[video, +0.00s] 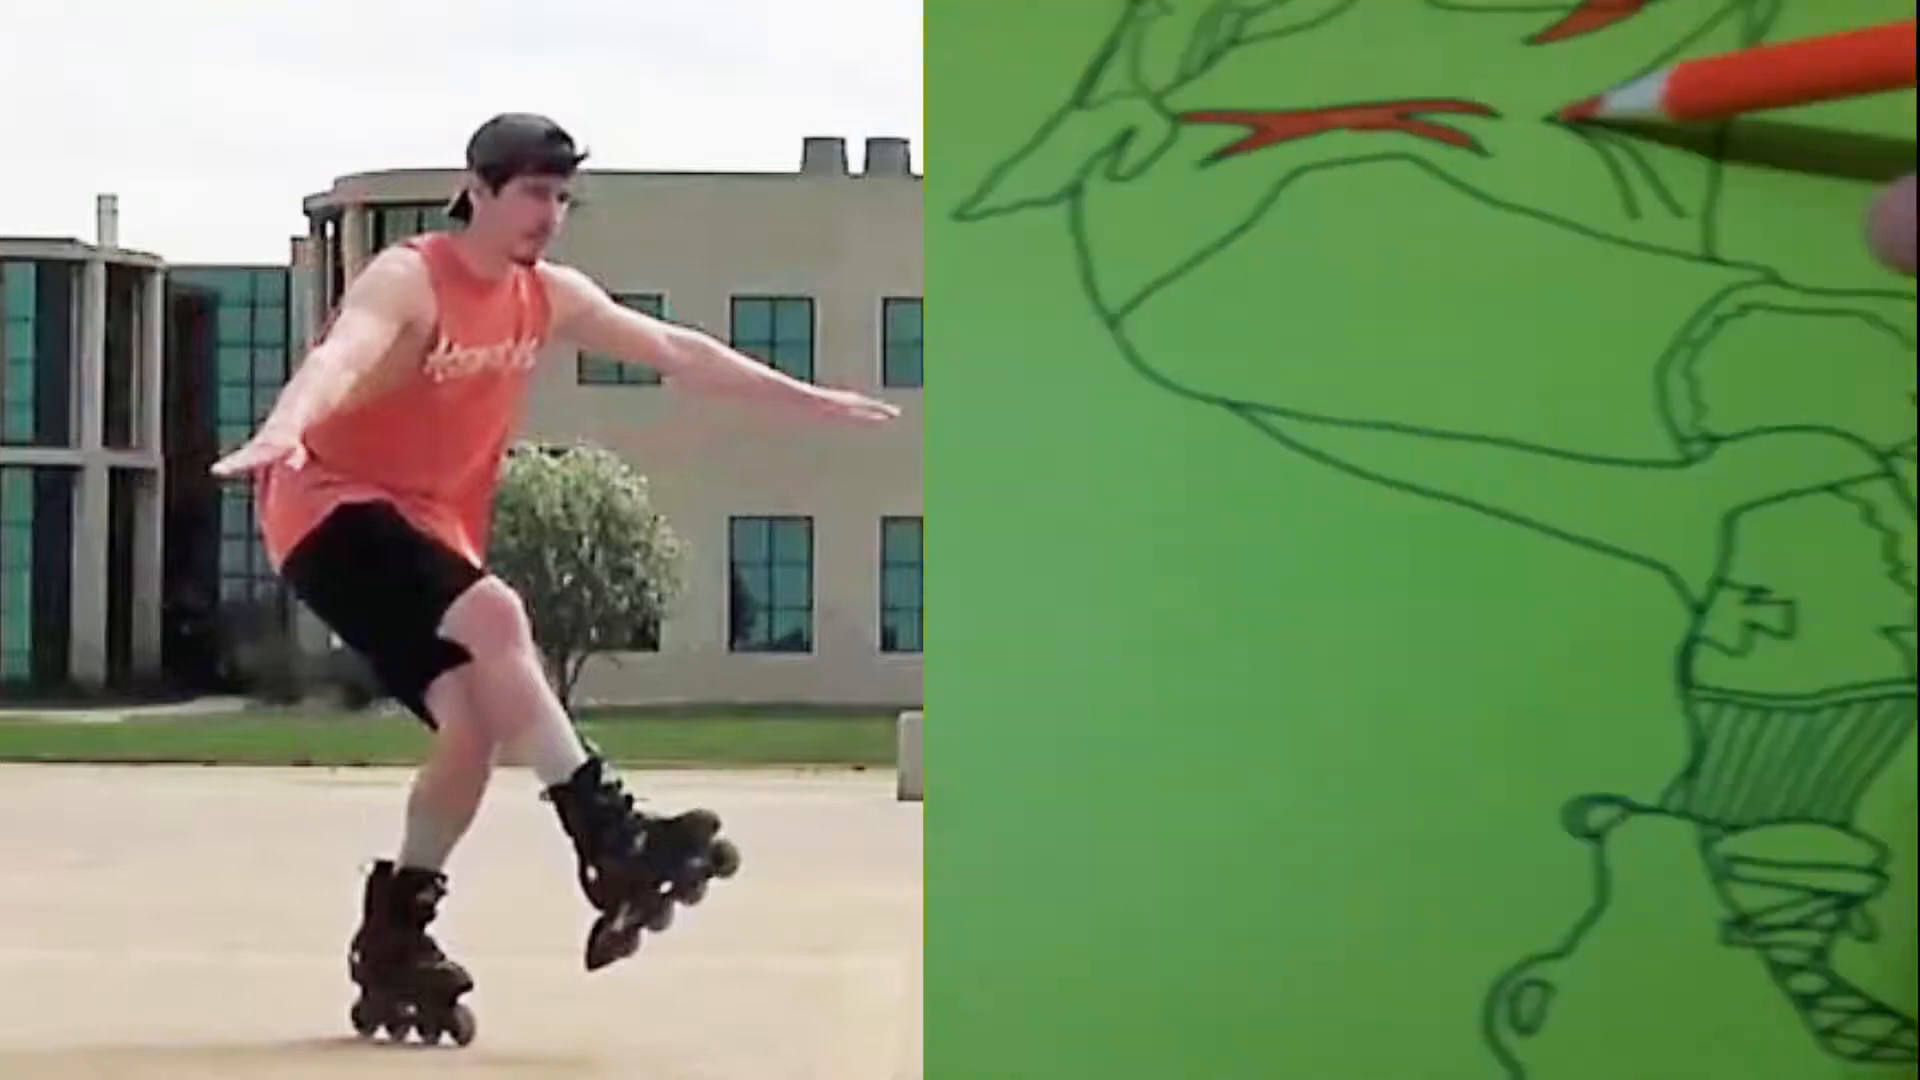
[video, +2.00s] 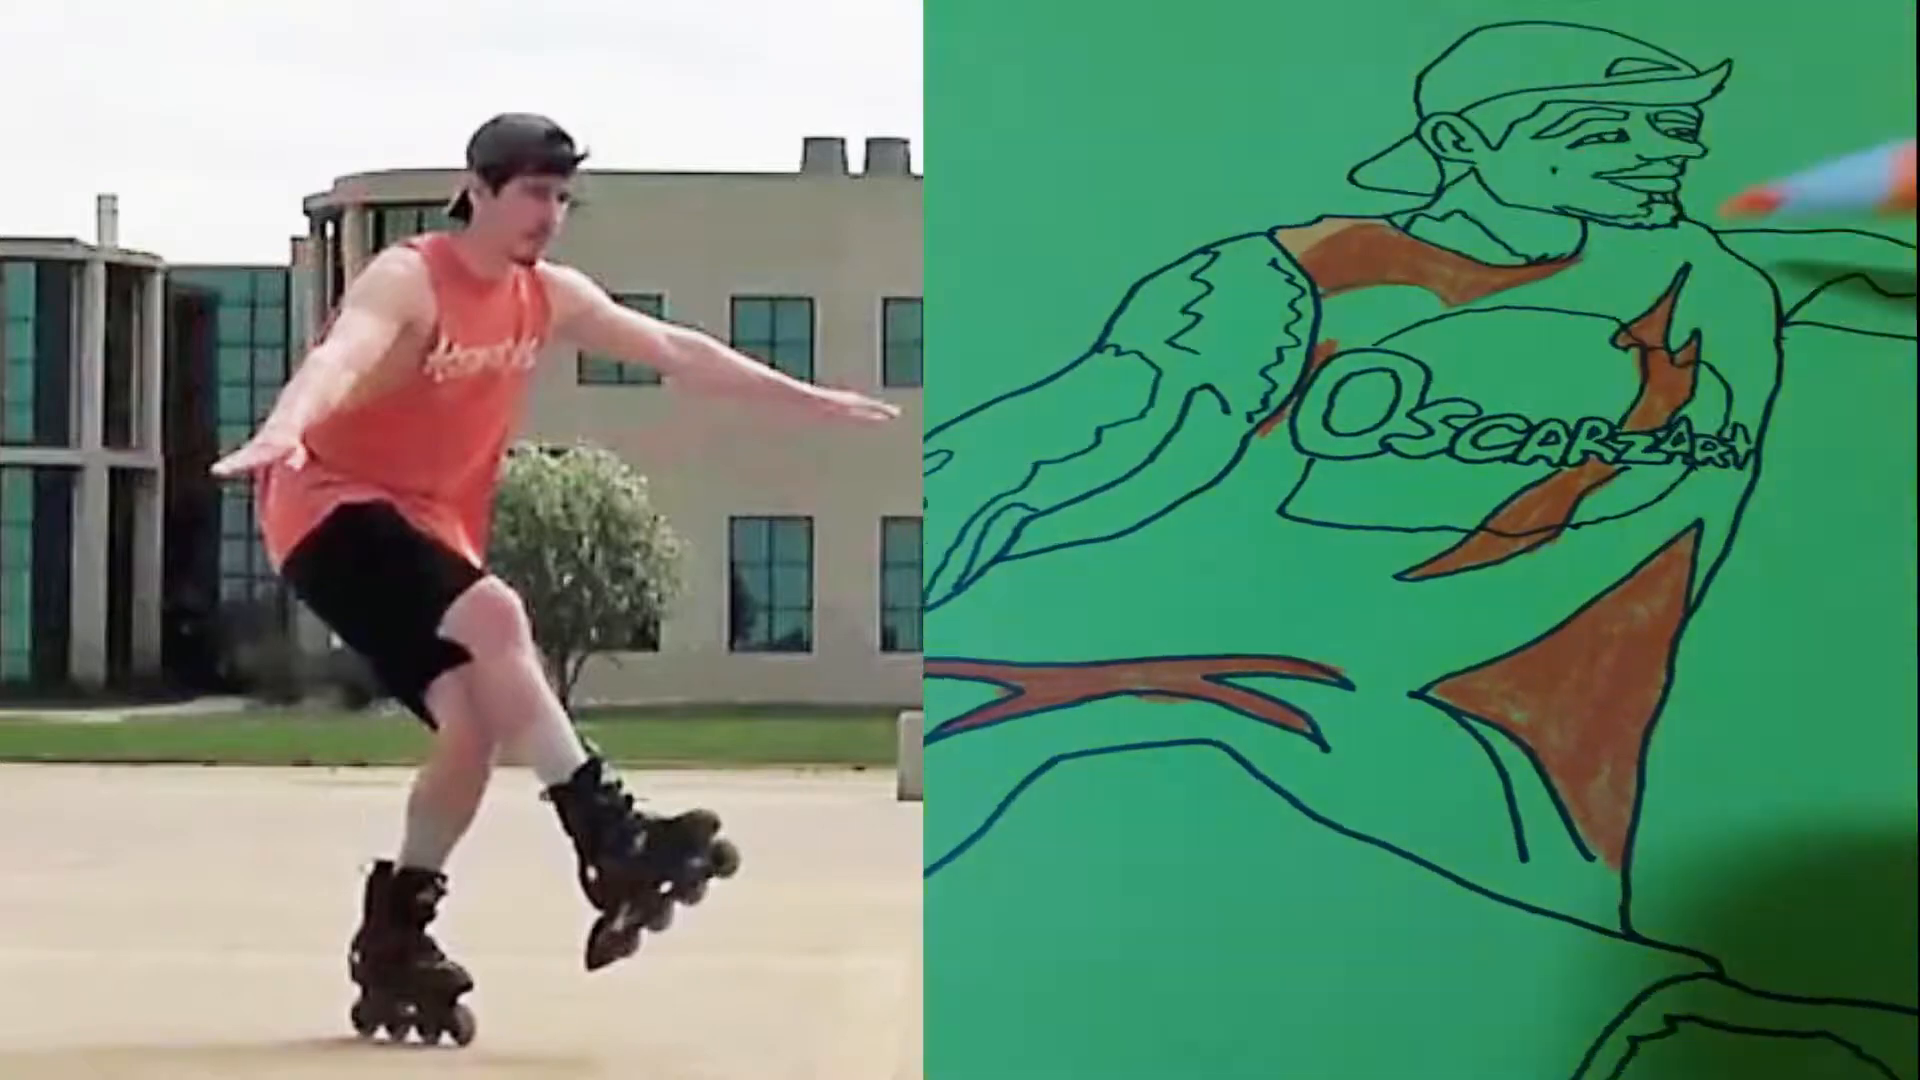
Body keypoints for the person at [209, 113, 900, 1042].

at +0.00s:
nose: (552, 214)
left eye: (561, 199)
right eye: (535, 195)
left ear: (562, 204)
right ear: (477, 191)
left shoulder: (552, 293)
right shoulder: (409, 274)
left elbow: (675, 351)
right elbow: (341, 357)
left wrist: (811, 400)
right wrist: (283, 429)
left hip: (436, 529)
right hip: (333, 503)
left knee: (478, 723)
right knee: (492, 616)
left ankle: (394, 937)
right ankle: (611, 843)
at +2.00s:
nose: (552, 214)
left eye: (562, 198)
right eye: (536, 194)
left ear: (563, 203)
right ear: (477, 191)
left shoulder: (551, 293)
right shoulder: (409, 274)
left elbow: (674, 349)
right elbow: (341, 356)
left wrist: (810, 399)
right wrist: (283, 429)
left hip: (436, 529)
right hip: (334, 504)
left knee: (477, 723)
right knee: (492, 616)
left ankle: (393, 936)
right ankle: (611, 843)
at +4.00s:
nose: (551, 215)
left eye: (561, 199)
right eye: (534, 195)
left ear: (563, 203)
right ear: (475, 191)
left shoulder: (551, 293)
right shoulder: (408, 274)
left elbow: (674, 349)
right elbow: (342, 356)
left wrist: (810, 399)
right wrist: (283, 429)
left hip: (436, 530)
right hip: (334, 504)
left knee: (477, 725)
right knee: (492, 616)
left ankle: (393, 935)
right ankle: (610, 841)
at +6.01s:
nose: (551, 214)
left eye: (561, 198)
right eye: (535, 195)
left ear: (563, 203)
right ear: (476, 191)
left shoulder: (552, 293)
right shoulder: (409, 274)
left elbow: (676, 351)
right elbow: (342, 355)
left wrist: (812, 400)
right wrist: (283, 428)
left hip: (437, 530)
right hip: (335, 506)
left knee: (477, 724)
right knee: (492, 616)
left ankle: (393, 938)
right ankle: (610, 840)